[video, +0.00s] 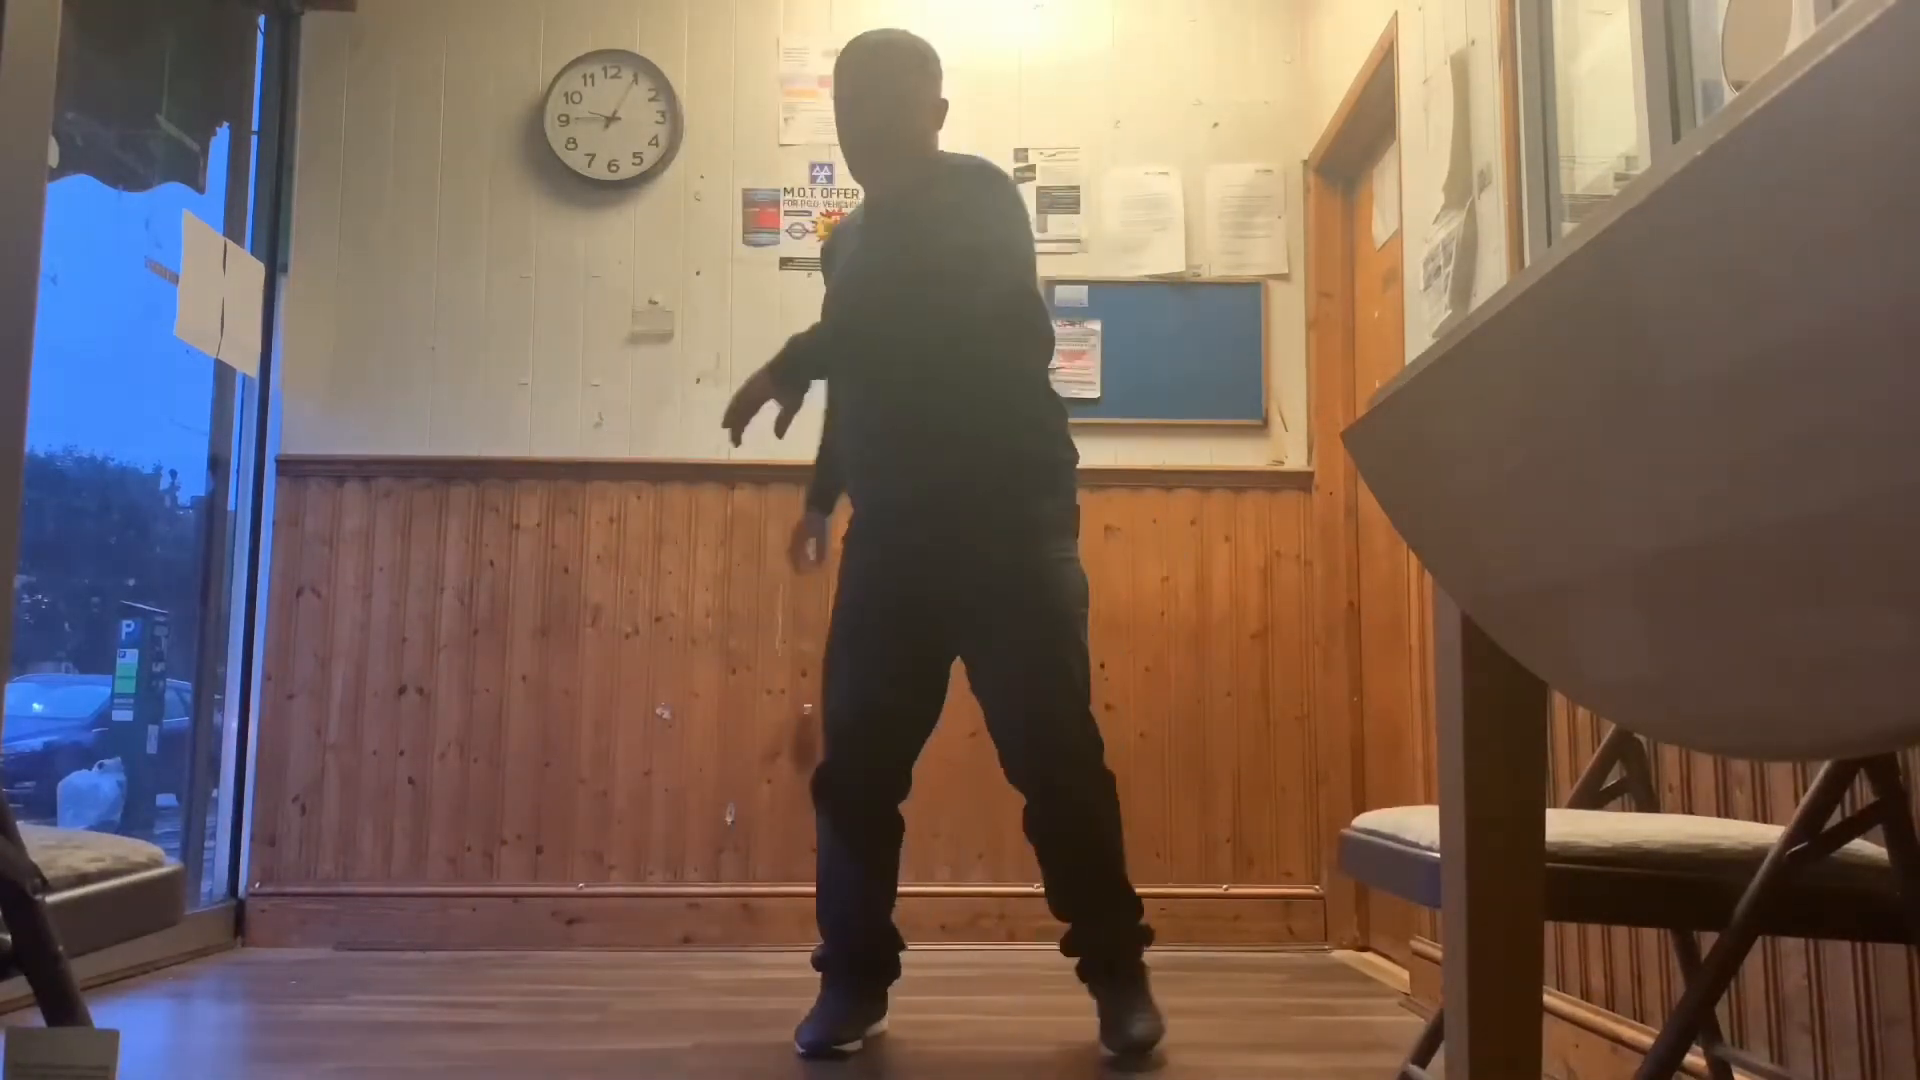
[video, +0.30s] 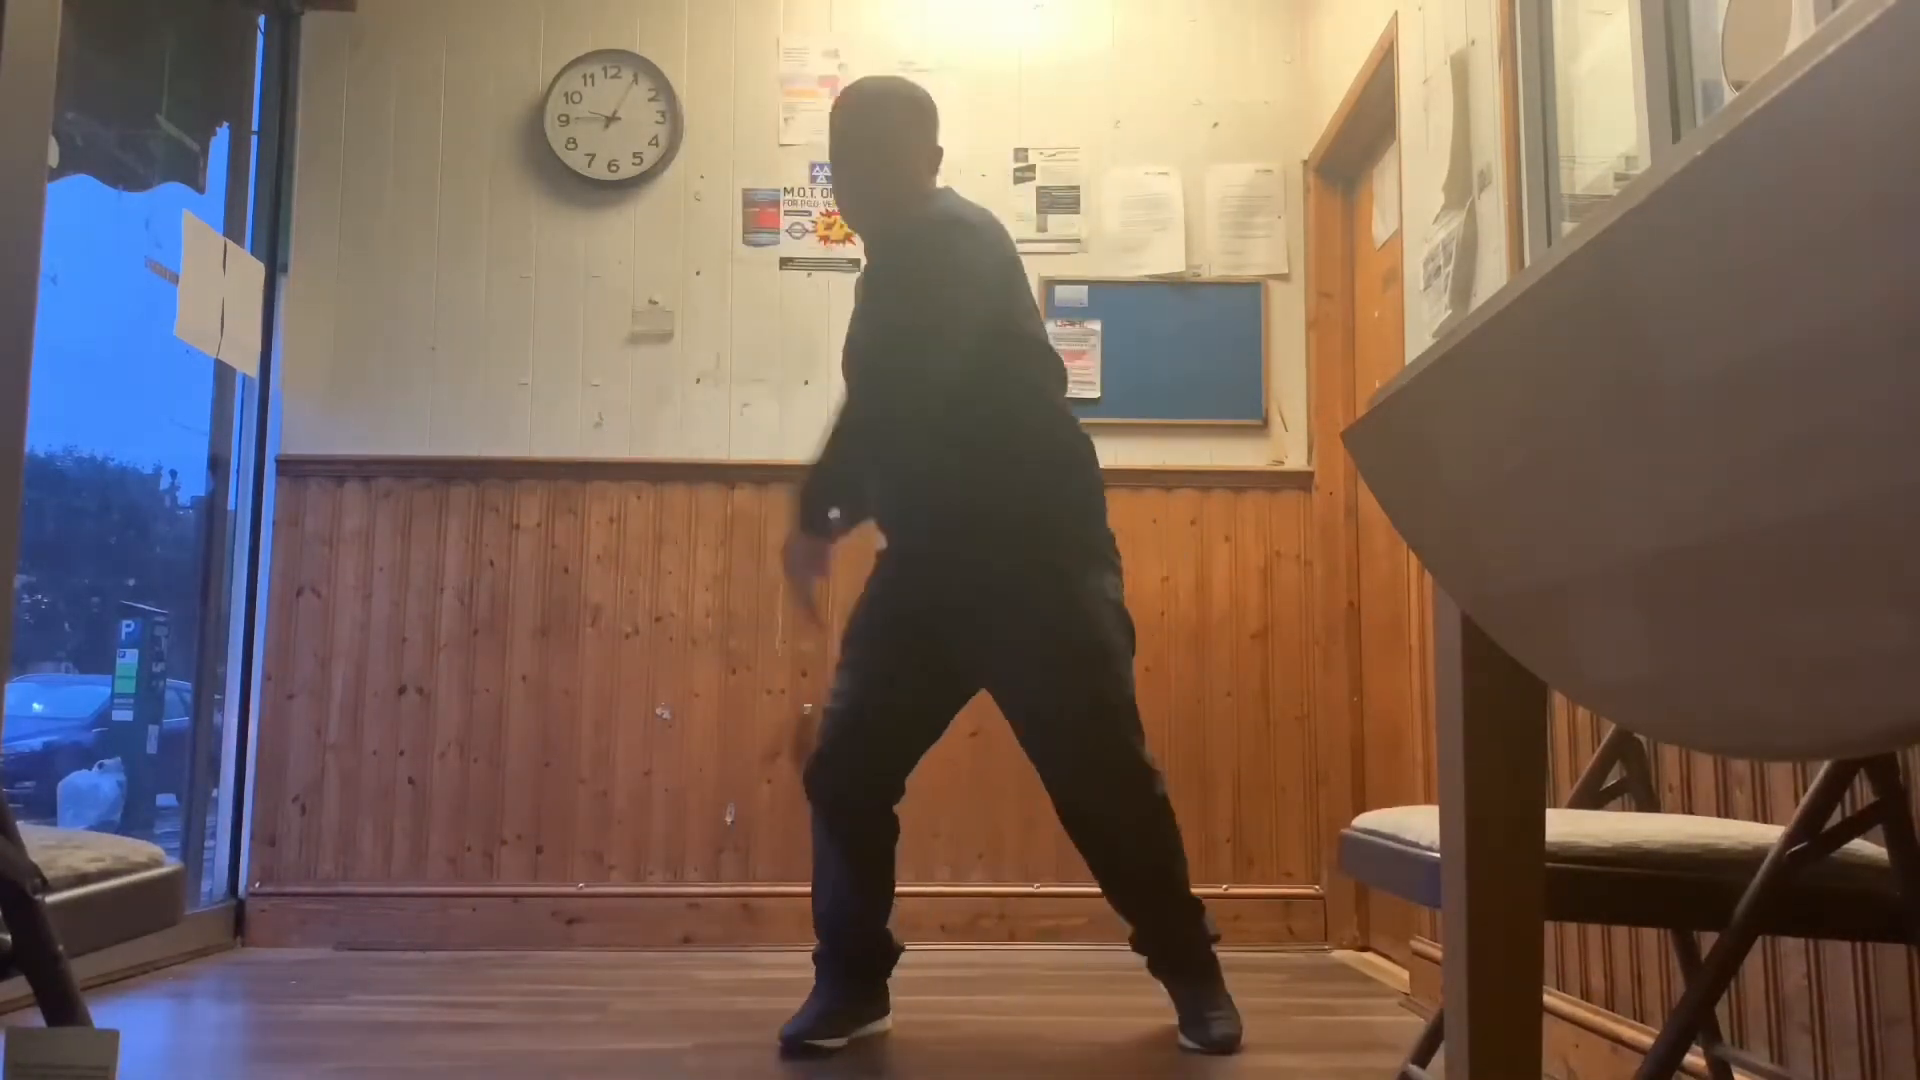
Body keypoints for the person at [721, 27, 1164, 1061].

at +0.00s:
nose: (856, 128)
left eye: (878, 104)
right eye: (845, 108)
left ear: (932, 103)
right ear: (838, 118)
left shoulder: (978, 191)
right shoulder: (849, 246)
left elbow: (949, 313)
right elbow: (858, 369)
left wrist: (796, 359)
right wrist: (822, 490)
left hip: (1011, 525)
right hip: (895, 533)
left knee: (1057, 756)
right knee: (856, 765)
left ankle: (1118, 971)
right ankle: (852, 978)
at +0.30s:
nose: (841, 189)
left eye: (857, 166)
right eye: (836, 166)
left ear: (915, 158)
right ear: (855, 165)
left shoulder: (942, 245)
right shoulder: (907, 255)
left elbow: (895, 400)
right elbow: (878, 402)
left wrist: (821, 512)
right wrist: (828, 510)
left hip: (1036, 562)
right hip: (934, 565)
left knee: (1105, 784)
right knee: (848, 776)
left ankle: (1195, 981)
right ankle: (852, 983)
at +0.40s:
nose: (875, 191)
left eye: (901, 170)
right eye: (867, 170)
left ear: (955, 179)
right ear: (858, 178)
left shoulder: (992, 281)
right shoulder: (856, 310)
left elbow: (1046, 449)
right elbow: (830, 435)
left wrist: (1080, 599)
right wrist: (782, 503)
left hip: (1034, 579)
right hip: (917, 589)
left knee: (1102, 798)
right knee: (841, 784)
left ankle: (1195, 977)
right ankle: (850, 987)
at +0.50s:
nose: (973, 182)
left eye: (996, 166)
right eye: (962, 157)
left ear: (1014, 172)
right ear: (927, 151)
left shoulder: (1036, 285)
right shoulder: (815, 262)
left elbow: (1123, 422)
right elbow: (764, 413)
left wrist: (1158, 572)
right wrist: (868, 480)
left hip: (1006, 570)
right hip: (868, 574)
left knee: (1110, 758)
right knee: (849, 789)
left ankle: (1197, 974)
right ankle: (848, 986)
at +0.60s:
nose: (1064, 177)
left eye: (1063, 156)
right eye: (1051, 154)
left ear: (1007, 150)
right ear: (991, 146)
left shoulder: (1002, 270)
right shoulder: (907, 217)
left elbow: (1030, 407)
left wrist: (1075, 530)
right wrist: (1008, 492)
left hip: (925, 520)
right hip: (835, 522)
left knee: (1044, 656)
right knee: (873, 756)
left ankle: (1078, 873)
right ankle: (805, 978)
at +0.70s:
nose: (1037, 165)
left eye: (1031, 149)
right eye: (1034, 149)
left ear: (944, 141)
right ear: (1020, 144)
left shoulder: (909, 201)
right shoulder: (1006, 202)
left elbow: (906, 368)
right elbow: (993, 362)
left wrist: (963, 494)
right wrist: (1026, 483)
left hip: (773, 473)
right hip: (837, 489)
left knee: (954, 559)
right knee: (881, 741)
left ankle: (854, 721)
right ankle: (744, 971)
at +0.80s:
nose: (970, 148)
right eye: (985, 127)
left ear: (909, 139)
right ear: (994, 130)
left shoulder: (862, 200)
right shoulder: (1046, 207)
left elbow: (790, 337)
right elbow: (1058, 356)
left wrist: (769, 437)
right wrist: (1021, 468)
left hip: (770, 461)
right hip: (887, 505)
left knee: (751, 534)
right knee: (877, 748)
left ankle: (646, 677)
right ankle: (746, 970)